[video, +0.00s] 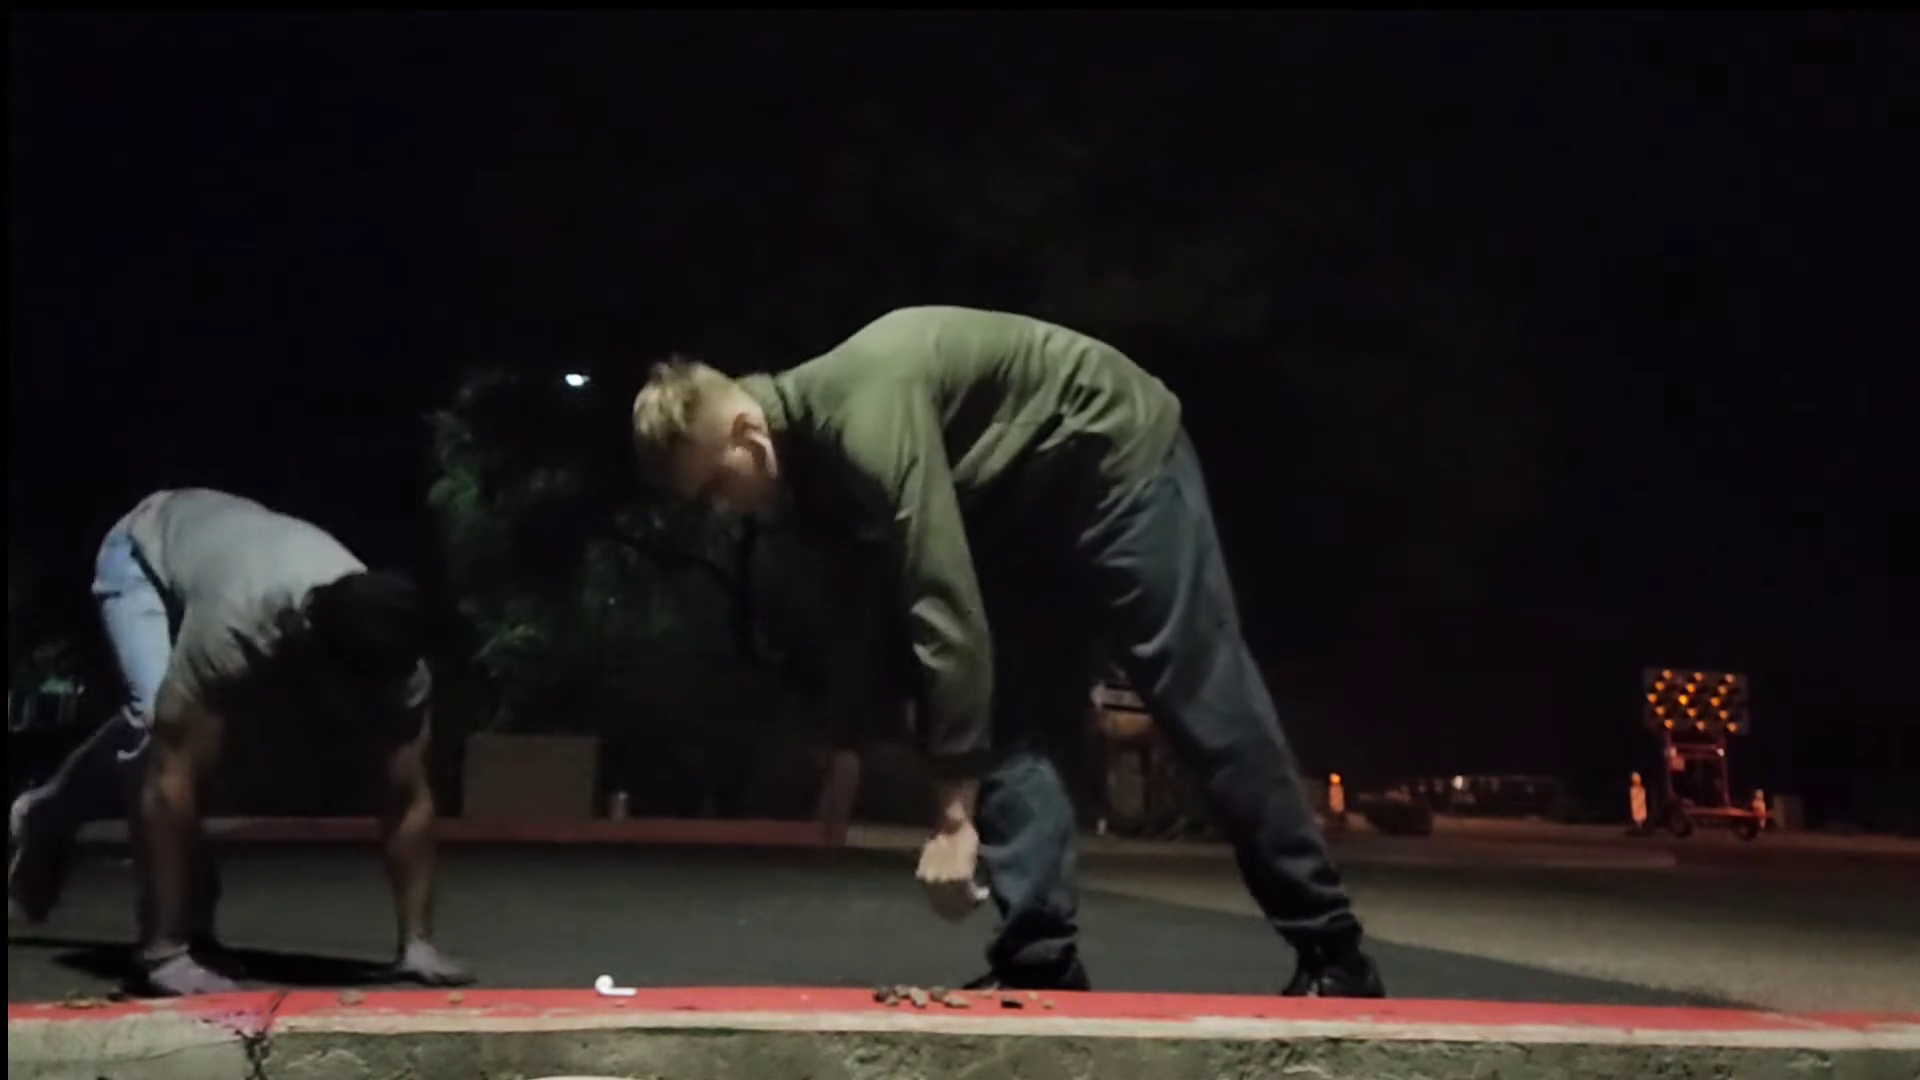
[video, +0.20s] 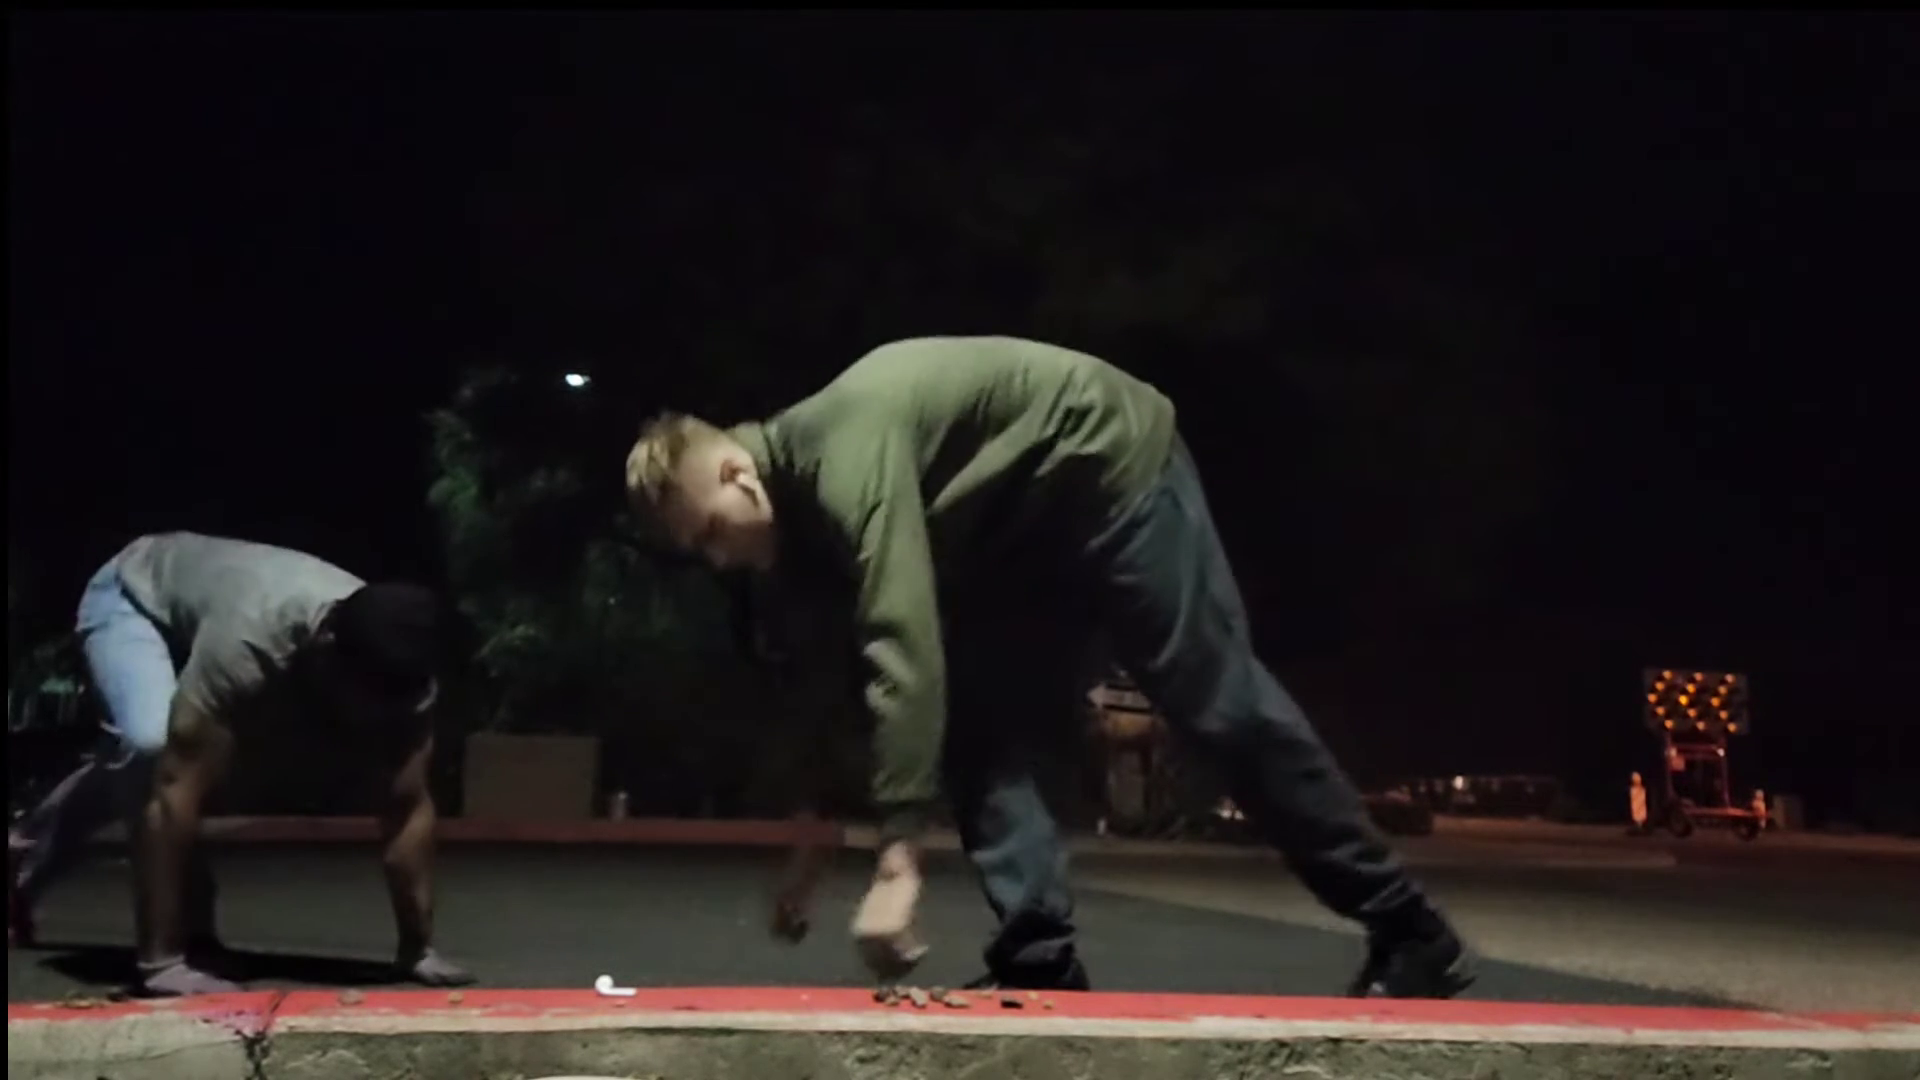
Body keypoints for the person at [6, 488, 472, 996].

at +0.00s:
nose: (380, 703)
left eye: (393, 688)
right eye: (366, 688)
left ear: (406, 659)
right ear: (318, 645)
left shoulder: (402, 666)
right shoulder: (233, 624)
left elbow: (411, 799)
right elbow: (169, 777)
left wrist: (416, 940)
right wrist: (163, 947)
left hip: (240, 548)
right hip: (141, 553)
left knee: (193, 759)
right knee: (154, 722)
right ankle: (41, 821)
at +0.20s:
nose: (394, 719)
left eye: (407, 705)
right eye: (381, 701)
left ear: (421, 678)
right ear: (331, 652)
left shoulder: (408, 678)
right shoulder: (245, 639)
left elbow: (409, 810)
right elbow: (173, 792)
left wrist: (417, 952)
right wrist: (160, 957)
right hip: (130, 596)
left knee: (183, 784)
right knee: (146, 746)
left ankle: (198, 944)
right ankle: (26, 853)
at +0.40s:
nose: (396, 713)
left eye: (408, 699)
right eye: (385, 696)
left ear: (420, 679)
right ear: (329, 652)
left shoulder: (407, 678)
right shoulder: (241, 642)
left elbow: (408, 812)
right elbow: (172, 796)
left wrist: (417, 950)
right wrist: (161, 958)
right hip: (134, 616)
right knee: (79, 750)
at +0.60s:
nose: (396, 713)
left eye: (409, 698)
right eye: (385, 696)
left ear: (423, 680)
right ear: (333, 657)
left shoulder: (410, 680)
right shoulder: (237, 646)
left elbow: (409, 811)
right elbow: (166, 803)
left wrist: (417, 951)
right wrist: (158, 962)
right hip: (132, 639)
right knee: (36, 836)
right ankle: (19, 908)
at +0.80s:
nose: (397, 687)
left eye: (407, 671)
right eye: (380, 668)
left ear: (419, 663)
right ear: (327, 644)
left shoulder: (412, 686)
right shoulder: (225, 651)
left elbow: (409, 812)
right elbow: (161, 803)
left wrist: (418, 951)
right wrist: (158, 960)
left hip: (211, 719)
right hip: (123, 697)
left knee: (76, 850)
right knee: (34, 845)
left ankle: (17, 901)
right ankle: (13, 905)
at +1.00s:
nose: (390, 682)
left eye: (400, 667)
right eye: (374, 663)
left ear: (410, 659)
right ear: (326, 639)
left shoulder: (405, 686)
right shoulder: (222, 652)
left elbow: (407, 811)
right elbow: (160, 803)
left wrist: (417, 949)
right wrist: (158, 960)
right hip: (114, 715)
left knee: (68, 858)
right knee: (26, 848)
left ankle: (18, 899)